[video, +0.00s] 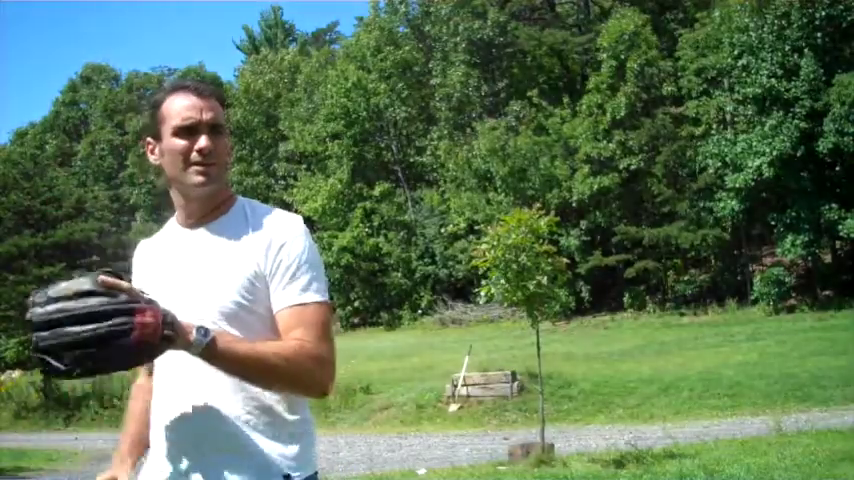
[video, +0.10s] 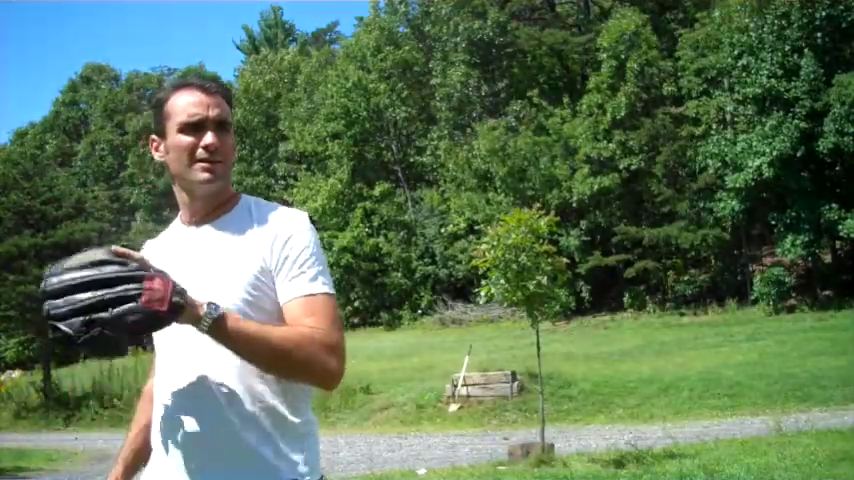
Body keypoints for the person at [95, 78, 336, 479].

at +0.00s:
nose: (205, 145)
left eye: (216, 131)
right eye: (187, 132)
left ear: (230, 144)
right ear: (154, 151)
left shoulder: (281, 233)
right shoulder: (150, 255)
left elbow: (316, 371)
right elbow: (150, 374)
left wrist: (187, 336)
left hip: (268, 467)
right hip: (169, 467)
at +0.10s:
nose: (211, 141)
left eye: (222, 128)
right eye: (192, 128)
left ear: (235, 142)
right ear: (159, 148)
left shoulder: (284, 228)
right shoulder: (156, 254)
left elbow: (326, 362)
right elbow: (163, 375)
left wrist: (196, 312)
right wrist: (124, 468)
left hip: (273, 467)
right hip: (172, 468)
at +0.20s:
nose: (219, 138)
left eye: (230, 125)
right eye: (200, 125)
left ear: (242, 138)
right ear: (165, 144)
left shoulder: (293, 225)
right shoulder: (166, 250)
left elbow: (345, 352)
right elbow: (170, 366)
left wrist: (214, 294)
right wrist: (91, 460)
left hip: (283, 467)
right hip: (181, 468)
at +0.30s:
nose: (232, 128)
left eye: (241, 115)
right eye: (212, 116)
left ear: (254, 129)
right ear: (177, 138)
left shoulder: (307, 218)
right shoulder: (174, 241)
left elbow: (376, 346)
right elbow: (156, 364)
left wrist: (247, 285)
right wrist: (57, 409)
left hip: (295, 468)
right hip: (190, 468)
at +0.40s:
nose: (252, 120)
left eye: (261, 108)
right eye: (232, 108)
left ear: (272, 123)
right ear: (193, 130)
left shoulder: (327, 214)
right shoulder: (185, 237)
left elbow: (411, 344)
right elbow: (139, 344)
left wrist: (295, 290)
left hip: (315, 465)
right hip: (204, 466)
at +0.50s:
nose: (275, 111)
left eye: (281, 98)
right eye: (254, 98)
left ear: (290, 111)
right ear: (212, 121)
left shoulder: (354, 213)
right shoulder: (190, 230)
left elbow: (445, 352)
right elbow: (98, 321)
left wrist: (352, 301)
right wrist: (9, 279)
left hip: (335, 465)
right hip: (220, 465)